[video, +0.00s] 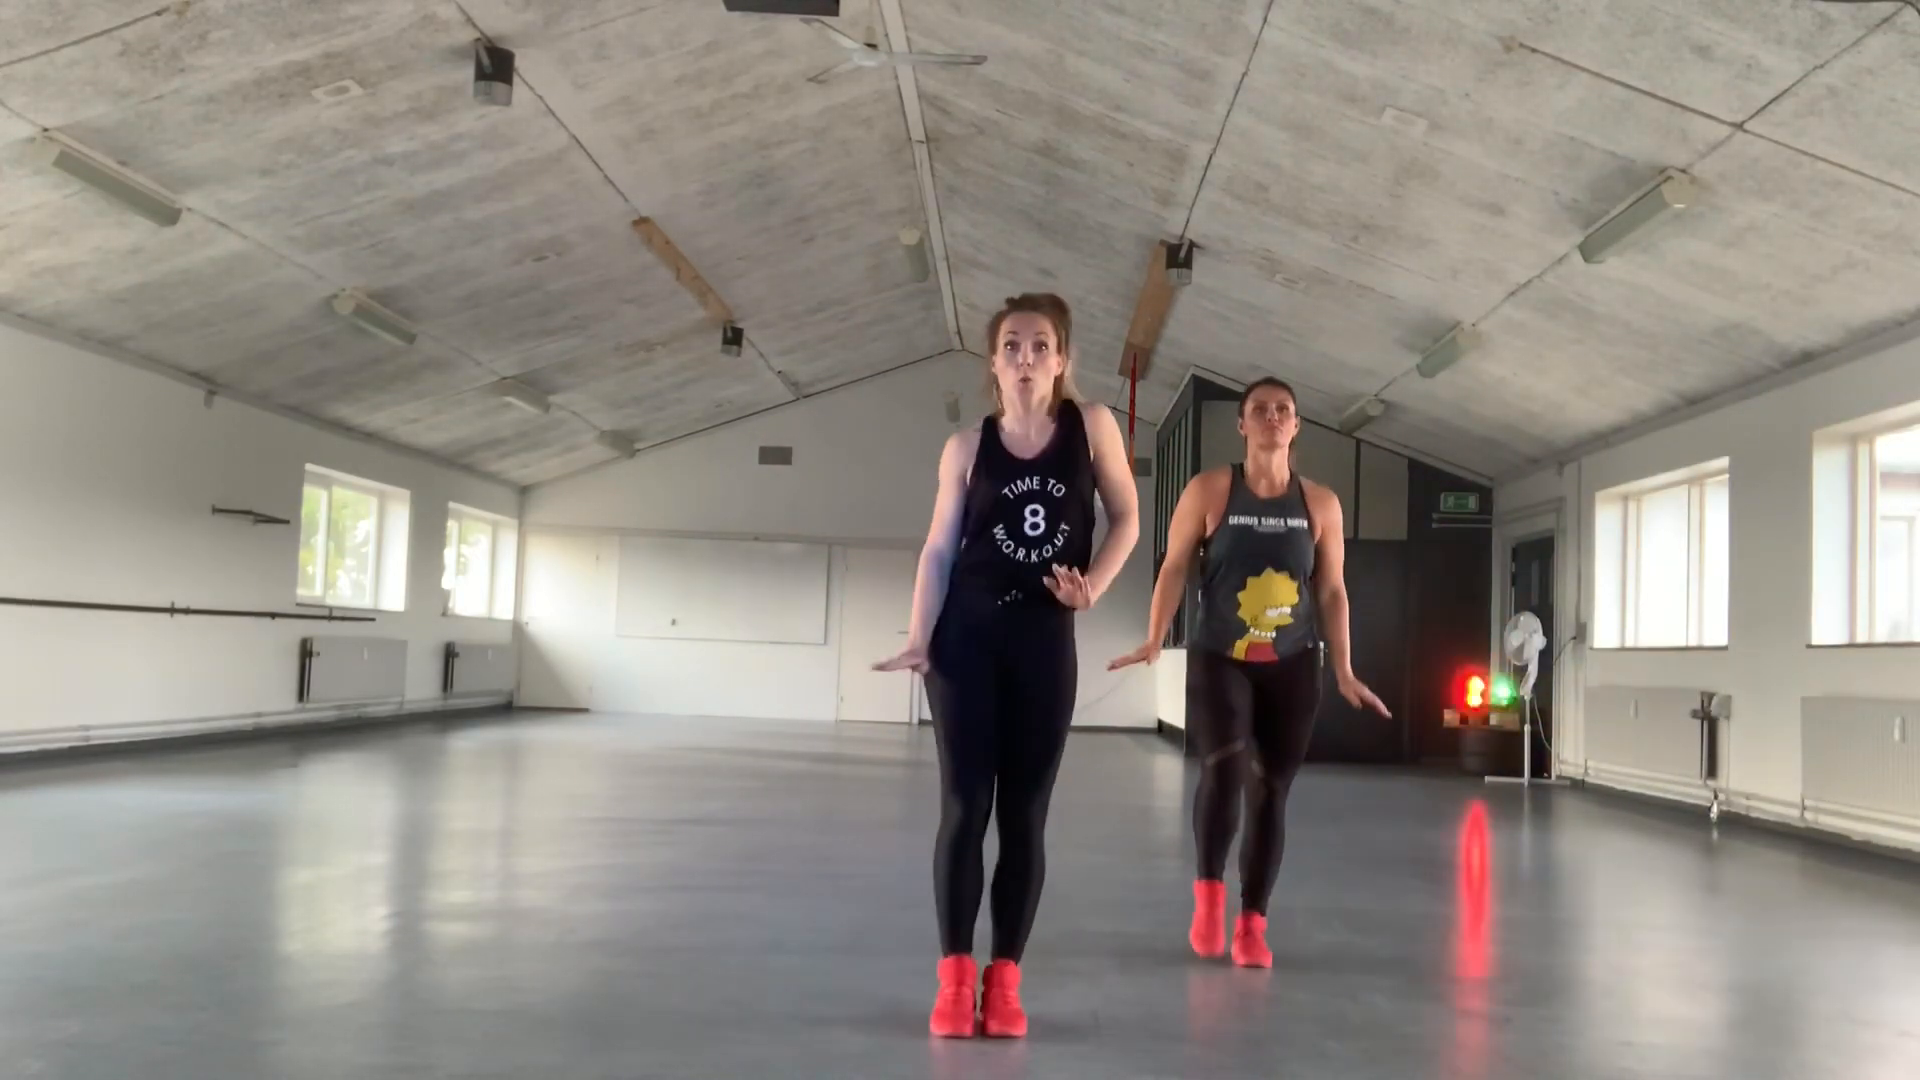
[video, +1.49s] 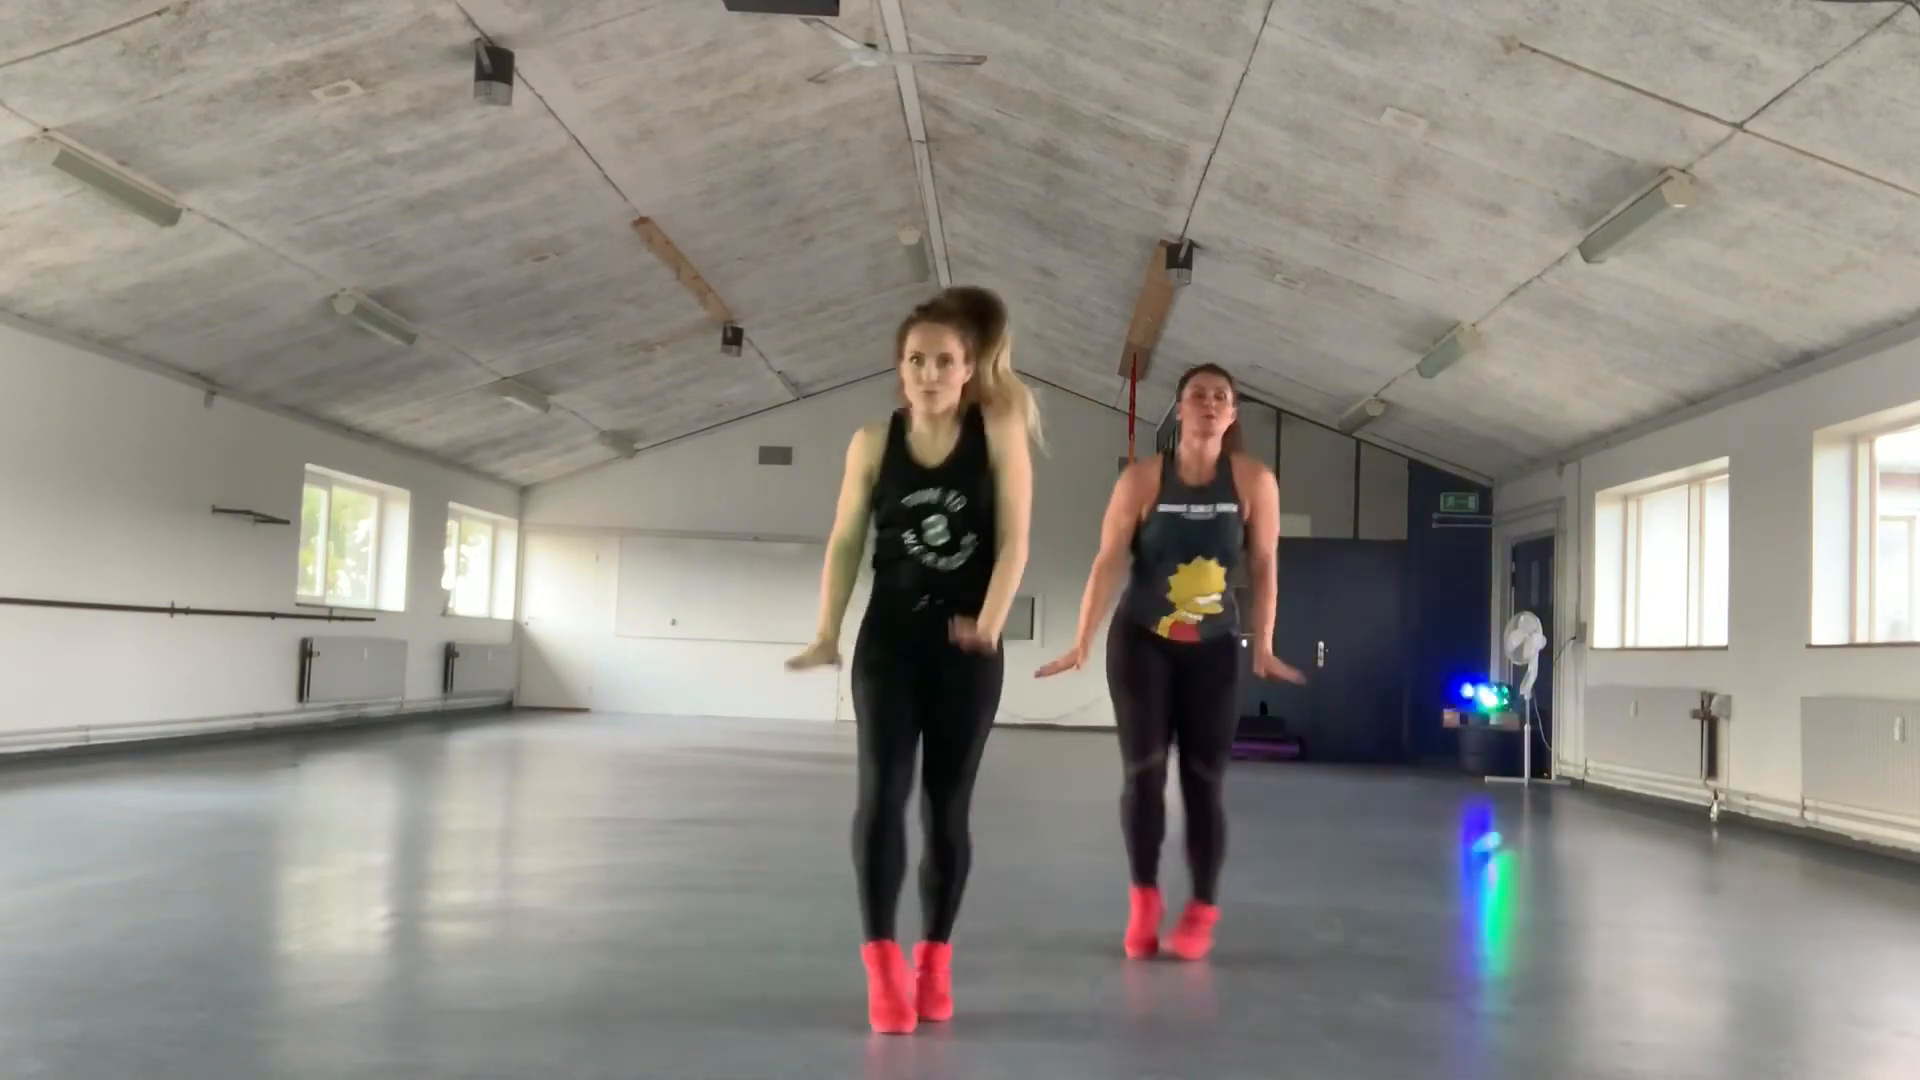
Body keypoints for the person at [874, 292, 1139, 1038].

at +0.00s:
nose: (1024, 357)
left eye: (1039, 345)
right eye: (1012, 345)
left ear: (1063, 357)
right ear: (992, 358)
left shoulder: (1091, 426)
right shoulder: (966, 447)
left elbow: (1125, 515)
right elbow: (938, 548)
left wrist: (1093, 584)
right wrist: (918, 636)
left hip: (1042, 641)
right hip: (965, 640)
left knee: (1023, 816)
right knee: (967, 810)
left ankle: (1005, 974)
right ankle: (955, 971)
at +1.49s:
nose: (927, 374)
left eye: (943, 360)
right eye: (916, 359)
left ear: (971, 368)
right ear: (899, 365)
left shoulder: (998, 438)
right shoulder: (873, 444)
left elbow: (1013, 541)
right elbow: (845, 543)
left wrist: (988, 626)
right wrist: (826, 633)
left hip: (966, 638)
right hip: (889, 634)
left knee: (945, 805)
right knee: (882, 796)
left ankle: (934, 955)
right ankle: (881, 956)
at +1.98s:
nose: (817, 389)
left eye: (834, 377)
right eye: (806, 375)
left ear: (862, 387)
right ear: (791, 382)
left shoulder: (884, 460)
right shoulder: (764, 438)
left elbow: (892, 556)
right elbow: (736, 527)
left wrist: (878, 649)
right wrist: (723, 611)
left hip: (853, 651)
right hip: (778, 643)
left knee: (820, 808)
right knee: (743, 772)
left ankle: (795, 949)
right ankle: (737, 925)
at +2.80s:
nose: (651, 389)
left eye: (668, 376)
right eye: (640, 374)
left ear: (699, 385)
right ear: (626, 379)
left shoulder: (709, 451)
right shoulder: (604, 428)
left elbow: (664, 541)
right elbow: (525, 428)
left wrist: (589, 605)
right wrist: (445, 453)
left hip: (672, 657)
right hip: (590, 651)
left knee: (746, 804)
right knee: (548, 806)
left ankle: (791, 958)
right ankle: (517, 956)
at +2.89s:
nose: (636, 394)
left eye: (653, 383)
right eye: (625, 381)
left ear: (680, 391)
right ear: (611, 386)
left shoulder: (691, 448)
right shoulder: (599, 457)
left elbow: (693, 551)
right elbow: (524, 493)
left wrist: (671, 648)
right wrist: (462, 451)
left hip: (652, 654)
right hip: (574, 650)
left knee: (724, 813)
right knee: (531, 805)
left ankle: (785, 962)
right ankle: (513, 957)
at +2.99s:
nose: (635, 395)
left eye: (651, 383)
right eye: (625, 381)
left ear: (679, 389)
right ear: (610, 386)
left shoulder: (692, 443)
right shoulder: (604, 470)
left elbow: (758, 521)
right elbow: (531, 543)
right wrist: (483, 467)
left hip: (653, 658)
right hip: (576, 649)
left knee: (713, 816)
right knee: (539, 800)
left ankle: (782, 959)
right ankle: (513, 956)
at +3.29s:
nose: (677, 367)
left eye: (693, 359)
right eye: (666, 359)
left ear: (719, 383)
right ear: (650, 381)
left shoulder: (737, 467)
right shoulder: (621, 435)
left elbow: (844, 454)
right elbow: (524, 479)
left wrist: (902, 373)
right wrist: (592, 506)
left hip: (730, 652)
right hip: (649, 659)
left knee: (755, 807)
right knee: (572, 810)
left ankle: (782, 960)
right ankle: (535, 958)